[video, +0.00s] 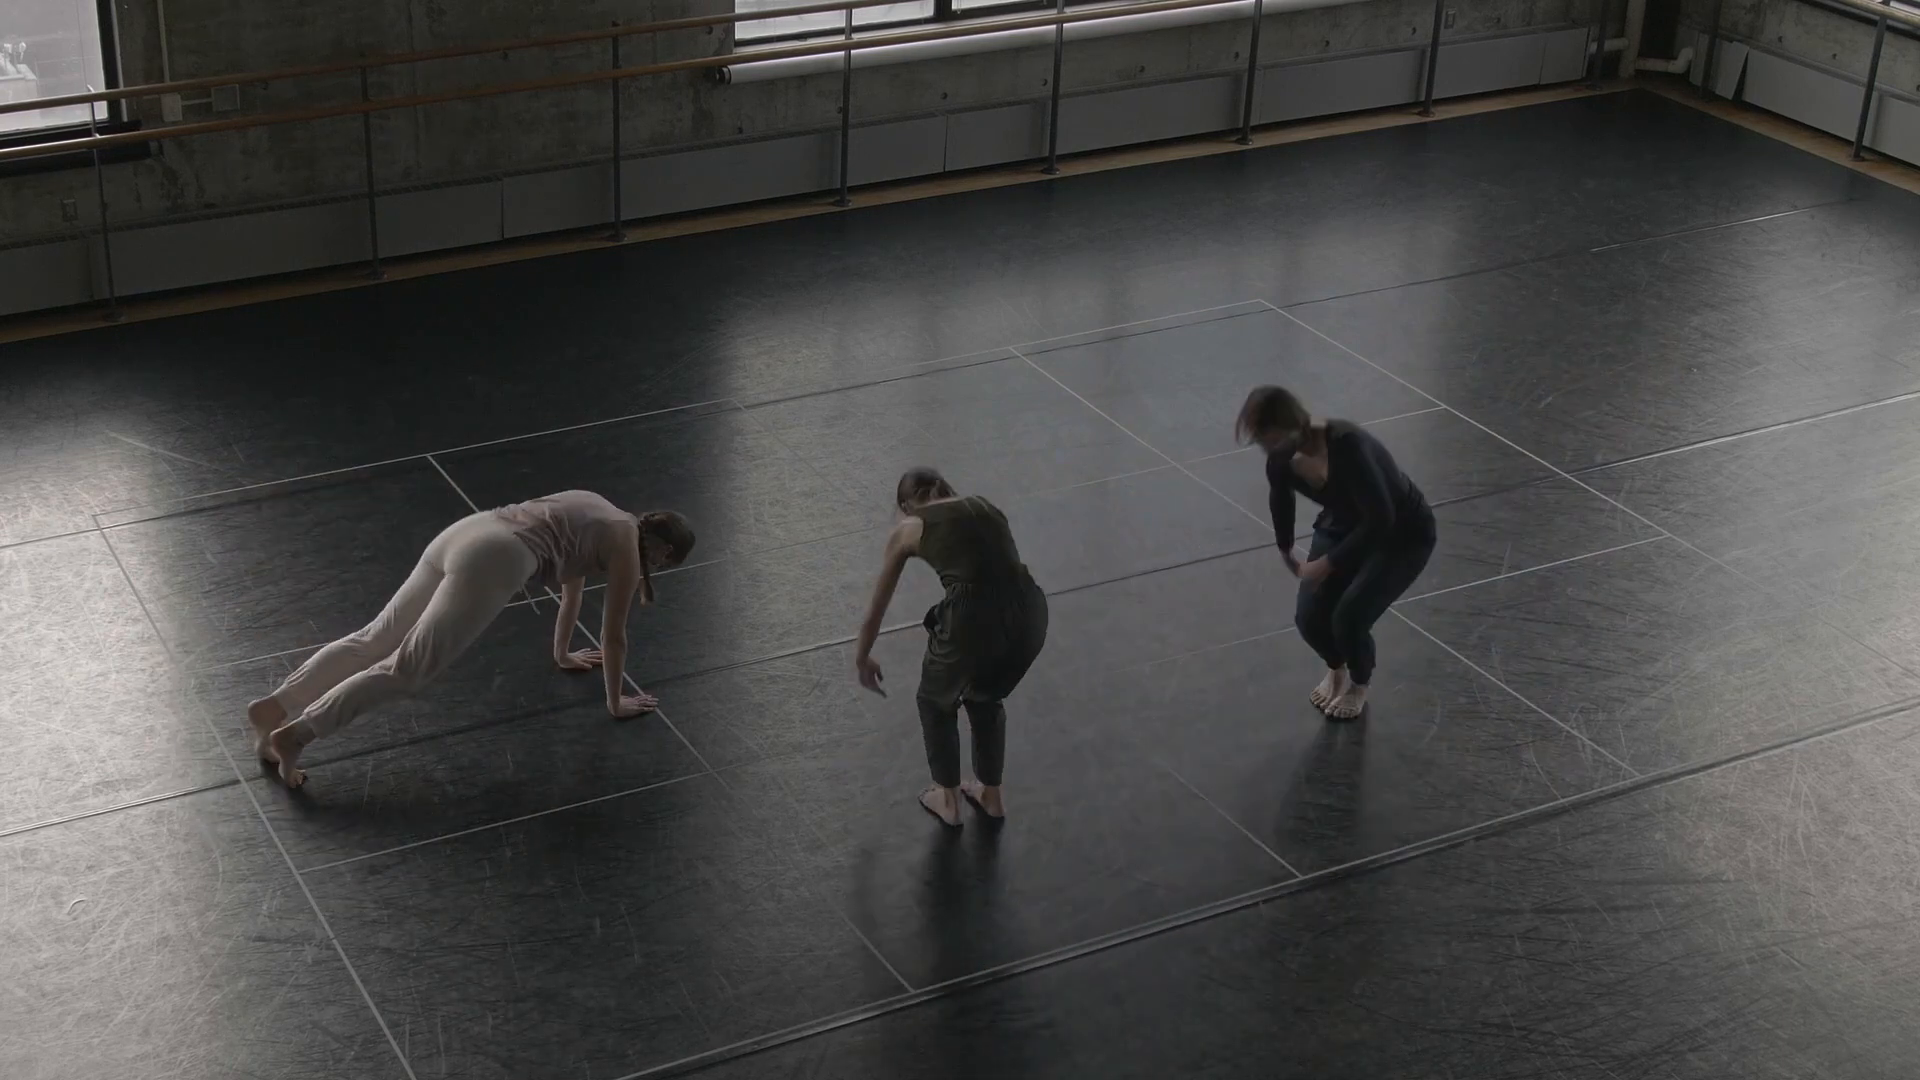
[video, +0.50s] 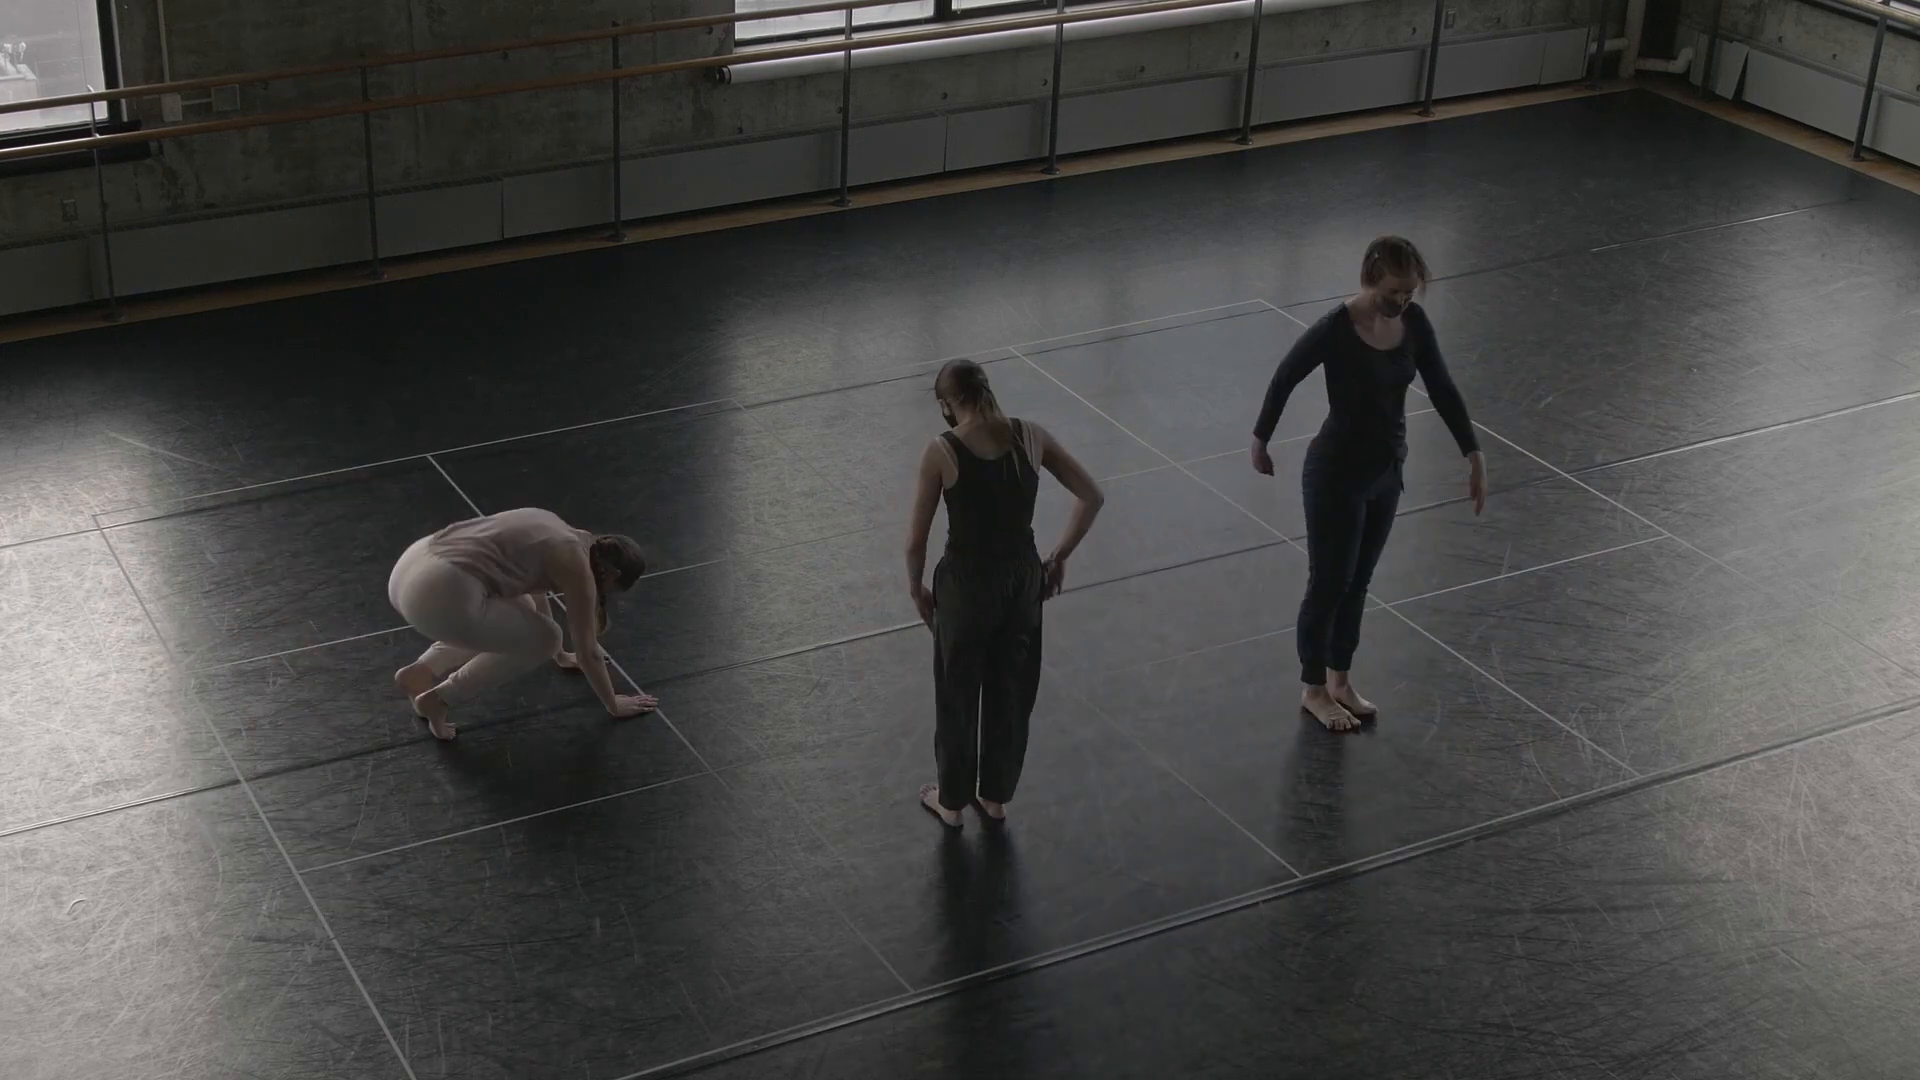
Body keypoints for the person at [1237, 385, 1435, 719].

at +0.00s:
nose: (1266, 448)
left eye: (1270, 438)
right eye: (1261, 441)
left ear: (1290, 427)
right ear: (1263, 435)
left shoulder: (1348, 444)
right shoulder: (1281, 462)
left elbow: (1382, 519)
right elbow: (1282, 504)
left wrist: (1329, 563)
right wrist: (1286, 550)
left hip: (1404, 530)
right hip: (1343, 526)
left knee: (1348, 617)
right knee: (1309, 616)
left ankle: (1359, 684)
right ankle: (1337, 670)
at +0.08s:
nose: (1301, 408)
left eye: (1309, 399)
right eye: (1293, 400)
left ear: (1328, 387)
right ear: (1285, 392)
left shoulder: (1371, 402)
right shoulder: (1287, 421)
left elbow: (1416, 473)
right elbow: (1278, 454)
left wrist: (1384, 537)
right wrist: (1284, 502)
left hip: (1395, 504)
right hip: (1334, 504)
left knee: (1377, 602)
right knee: (1333, 596)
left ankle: (1350, 682)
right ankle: (1325, 672)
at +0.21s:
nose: (1352, 350)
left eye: (1361, 341)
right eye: (1343, 342)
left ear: (1376, 333)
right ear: (1327, 333)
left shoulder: (1405, 355)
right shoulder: (1314, 362)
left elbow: (1446, 417)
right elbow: (1275, 387)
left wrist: (1447, 494)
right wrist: (1272, 448)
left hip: (1391, 482)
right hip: (1328, 483)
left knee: (1387, 592)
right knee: (1352, 589)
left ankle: (1353, 680)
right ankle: (1324, 688)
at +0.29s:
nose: (1375, 328)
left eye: (1384, 320)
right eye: (1366, 320)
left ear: (1397, 308)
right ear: (1346, 308)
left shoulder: (1415, 334)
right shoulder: (1323, 340)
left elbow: (1449, 395)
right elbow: (1277, 373)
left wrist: (1463, 468)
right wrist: (1264, 434)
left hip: (1390, 469)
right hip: (1330, 470)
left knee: (1379, 585)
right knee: (1347, 581)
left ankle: (1345, 679)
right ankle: (1324, 688)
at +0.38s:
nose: (1393, 313)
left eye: (1401, 303)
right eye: (1383, 305)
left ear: (1410, 294)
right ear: (1360, 294)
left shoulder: (1418, 324)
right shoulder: (1332, 330)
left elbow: (1448, 386)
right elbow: (1280, 367)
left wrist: (1470, 456)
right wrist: (1261, 432)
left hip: (1389, 467)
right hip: (1334, 468)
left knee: (1365, 583)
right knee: (1335, 581)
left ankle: (1340, 681)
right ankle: (1319, 689)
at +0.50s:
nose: (1403, 300)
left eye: (1410, 291)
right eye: (1395, 290)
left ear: (1415, 285)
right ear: (1370, 279)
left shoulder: (1413, 322)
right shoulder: (1337, 326)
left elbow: (1441, 388)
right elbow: (1286, 377)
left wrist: (1473, 454)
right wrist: (1259, 441)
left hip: (1385, 469)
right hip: (1334, 470)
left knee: (1357, 581)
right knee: (1328, 581)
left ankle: (1338, 683)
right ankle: (1313, 691)